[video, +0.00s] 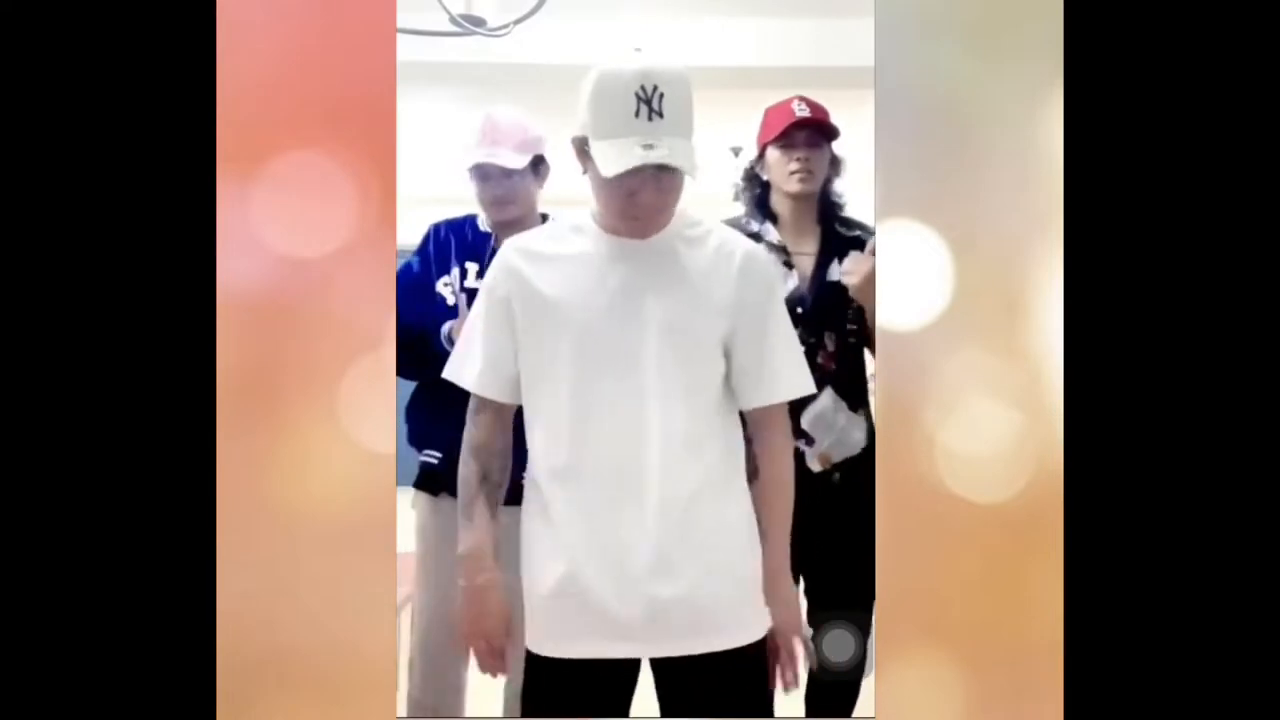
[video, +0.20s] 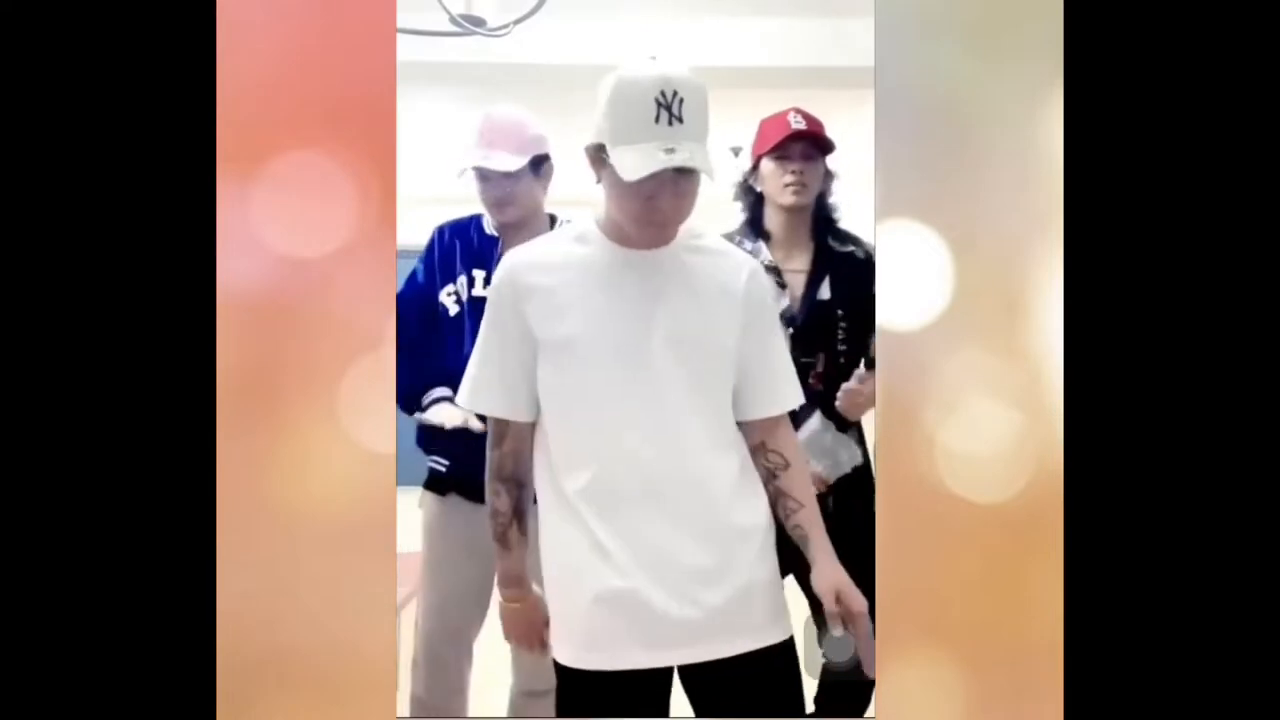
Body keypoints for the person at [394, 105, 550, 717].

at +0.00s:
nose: (495, 188)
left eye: (510, 173)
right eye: (484, 174)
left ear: (542, 173)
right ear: (470, 178)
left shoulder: (568, 251)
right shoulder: (446, 242)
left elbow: (582, 351)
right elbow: (391, 339)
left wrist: (510, 332)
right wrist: (448, 336)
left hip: (536, 484)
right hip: (446, 480)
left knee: (532, 636)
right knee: (435, 633)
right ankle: (432, 719)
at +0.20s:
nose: (494, 190)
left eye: (509, 174)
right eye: (484, 174)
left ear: (545, 173)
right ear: (472, 176)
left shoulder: (577, 254)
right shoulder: (452, 243)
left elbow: (600, 363)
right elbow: (403, 335)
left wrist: (533, 413)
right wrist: (430, 397)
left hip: (552, 484)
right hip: (461, 480)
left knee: (541, 656)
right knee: (440, 646)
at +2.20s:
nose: (476, 174)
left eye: (491, 162)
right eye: (463, 162)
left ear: (513, 177)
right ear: (440, 173)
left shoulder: (548, 258)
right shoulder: (398, 262)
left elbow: (576, 358)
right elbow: (363, 360)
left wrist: (562, 417)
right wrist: (393, 406)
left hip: (513, 496)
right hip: (417, 497)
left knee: (518, 660)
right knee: (414, 661)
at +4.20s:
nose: (532, 191)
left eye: (546, 178)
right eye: (519, 175)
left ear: (556, 186)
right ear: (483, 174)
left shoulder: (561, 263)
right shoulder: (422, 255)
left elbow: (582, 383)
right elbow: (390, 372)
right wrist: (395, 474)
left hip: (544, 472)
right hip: (457, 471)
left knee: (533, 651)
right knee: (446, 650)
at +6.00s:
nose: (492, 161)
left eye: (507, 153)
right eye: (477, 151)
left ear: (528, 179)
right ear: (454, 173)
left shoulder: (551, 266)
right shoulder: (412, 269)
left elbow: (573, 380)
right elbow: (380, 379)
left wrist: (560, 480)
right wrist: (385, 481)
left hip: (529, 498)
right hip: (434, 497)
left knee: (530, 668)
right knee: (424, 663)